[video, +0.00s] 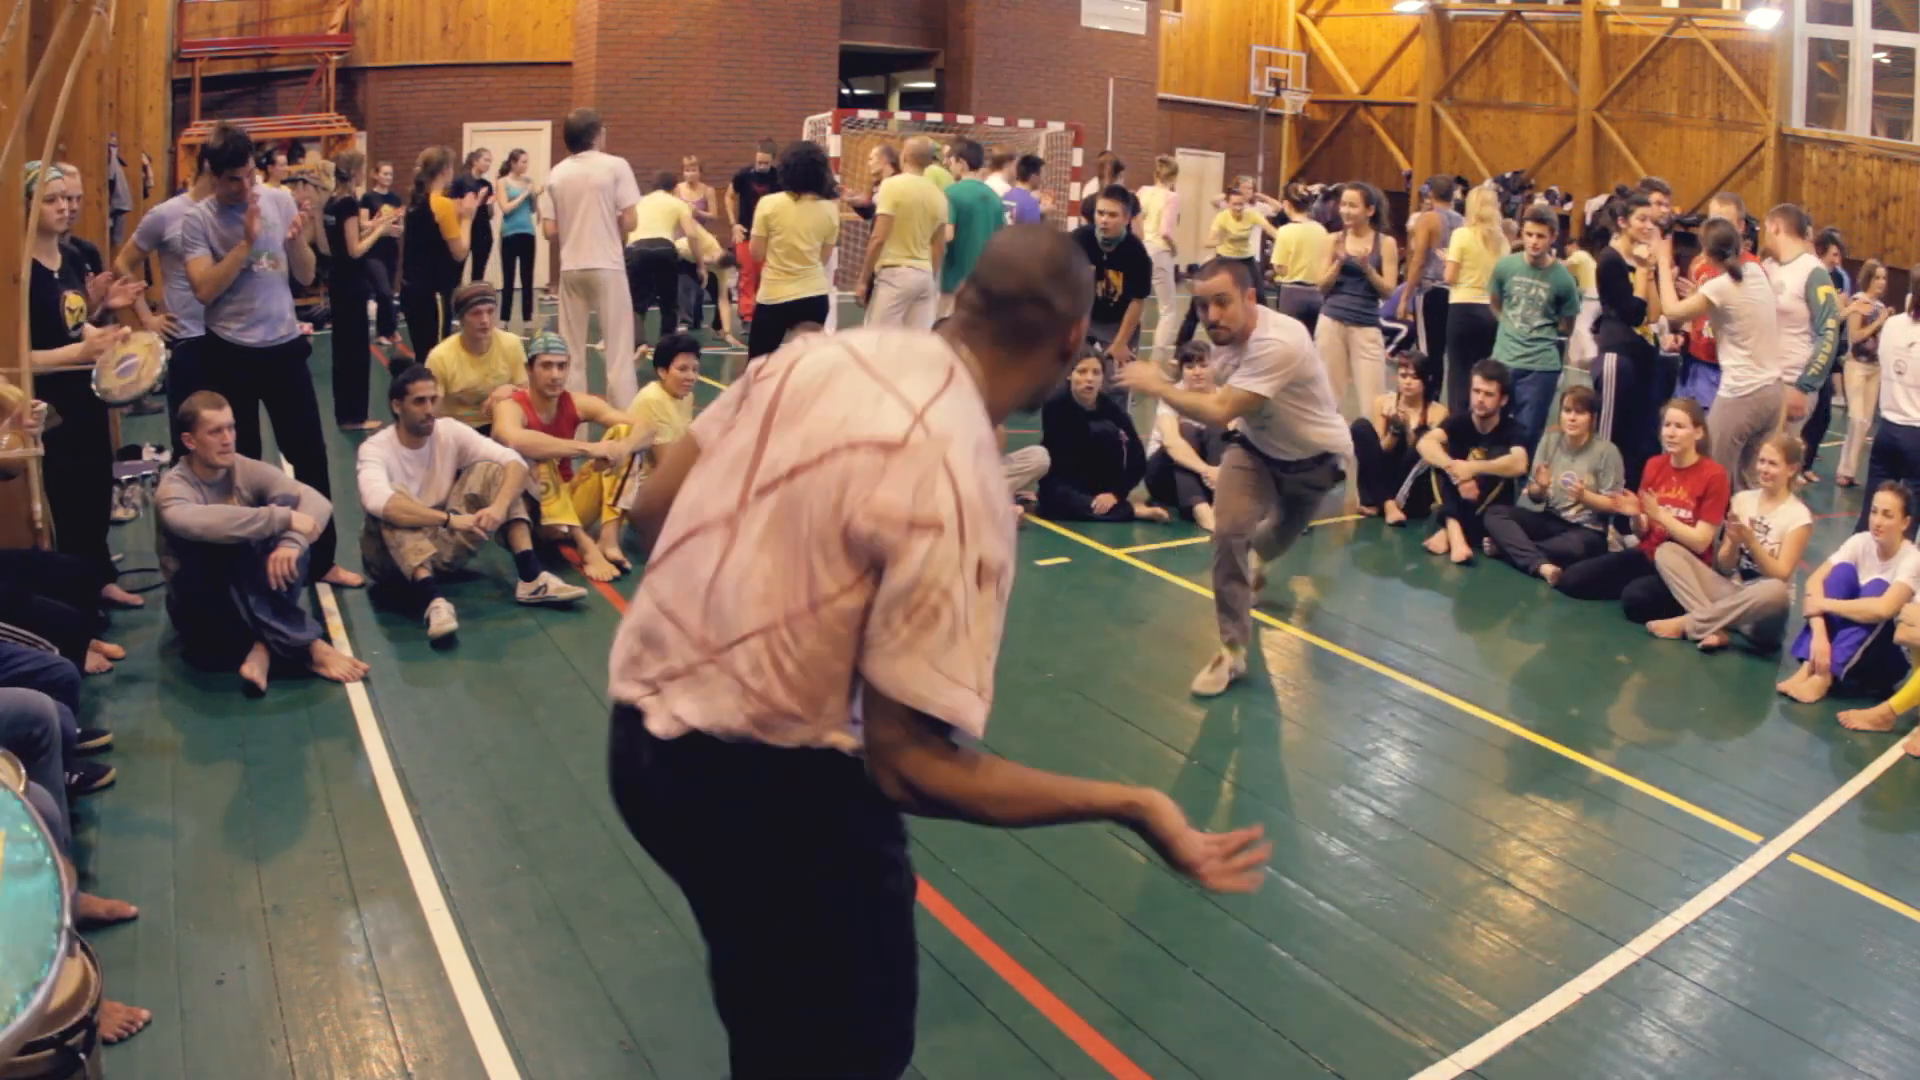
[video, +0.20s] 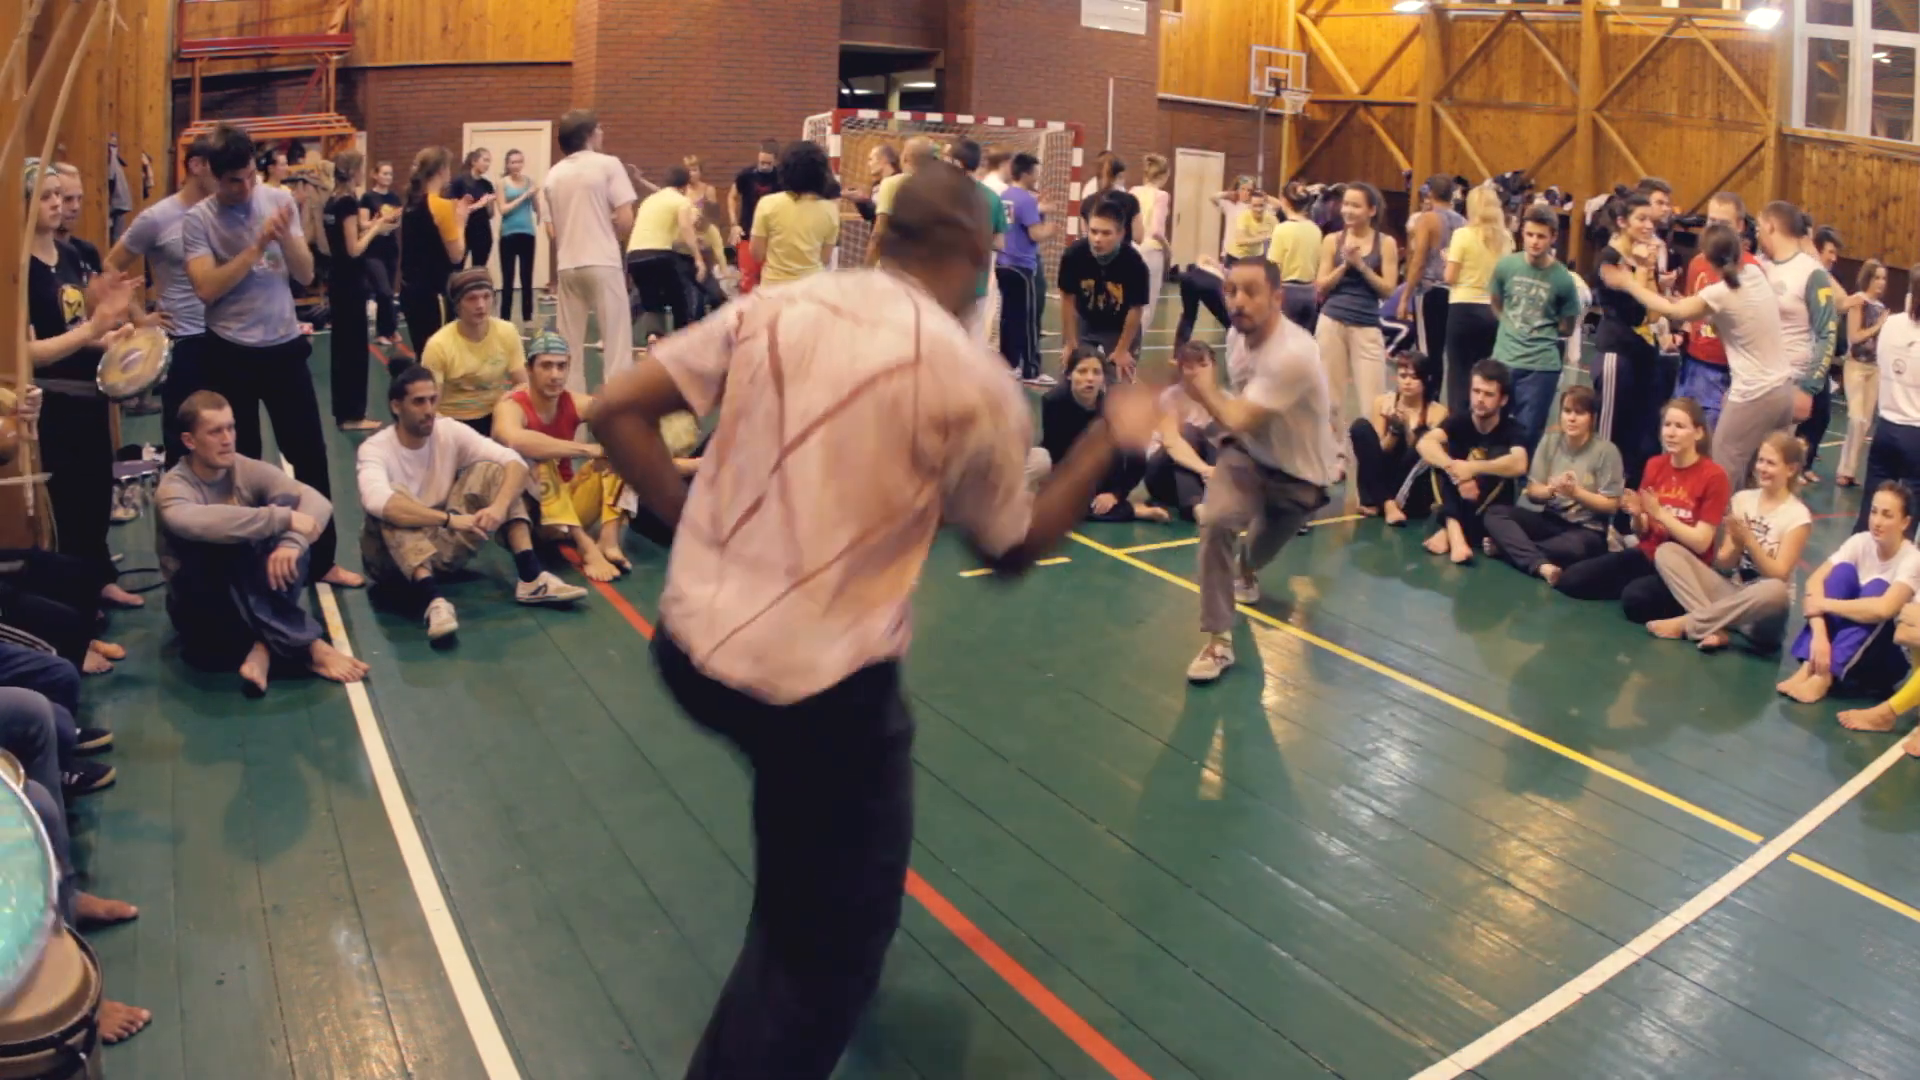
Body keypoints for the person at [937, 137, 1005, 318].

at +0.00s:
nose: (949, 164)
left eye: (952, 160)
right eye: (950, 159)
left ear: (962, 164)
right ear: (979, 164)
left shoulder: (951, 192)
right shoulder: (993, 196)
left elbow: (948, 235)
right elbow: (1001, 234)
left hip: (953, 276)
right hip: (984, 275)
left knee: (944, 329)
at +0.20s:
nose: (942, 161)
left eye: (946, 157)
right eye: (944, 156)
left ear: (954, 162)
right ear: (977, 164)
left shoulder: (937, 191)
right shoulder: (990, 197)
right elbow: (998, 243)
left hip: (939, 281)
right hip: (975, 285)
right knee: (972, 351)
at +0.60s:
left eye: (940, 160)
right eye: (969, 159)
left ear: (941, 162)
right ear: (966, 162)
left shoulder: (933, 191)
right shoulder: (978, 191)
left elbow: (924, 229)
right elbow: (990, 237)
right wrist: (968, 230)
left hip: (935, 272)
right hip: (968, 275)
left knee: (935, 334)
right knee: (968, 333)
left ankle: (935, 382)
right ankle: (967, 378)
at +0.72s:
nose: (966, 161)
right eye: (965, 158)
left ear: (937, 162)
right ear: (961, 160)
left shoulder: (930, 190)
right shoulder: (975, 191)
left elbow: (924, 229)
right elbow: (987, 235)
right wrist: (967, 227)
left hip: (934, 267)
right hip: (967, 269)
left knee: (936, 331)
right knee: (967, 328)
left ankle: (935, 376)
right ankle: (966, 374)